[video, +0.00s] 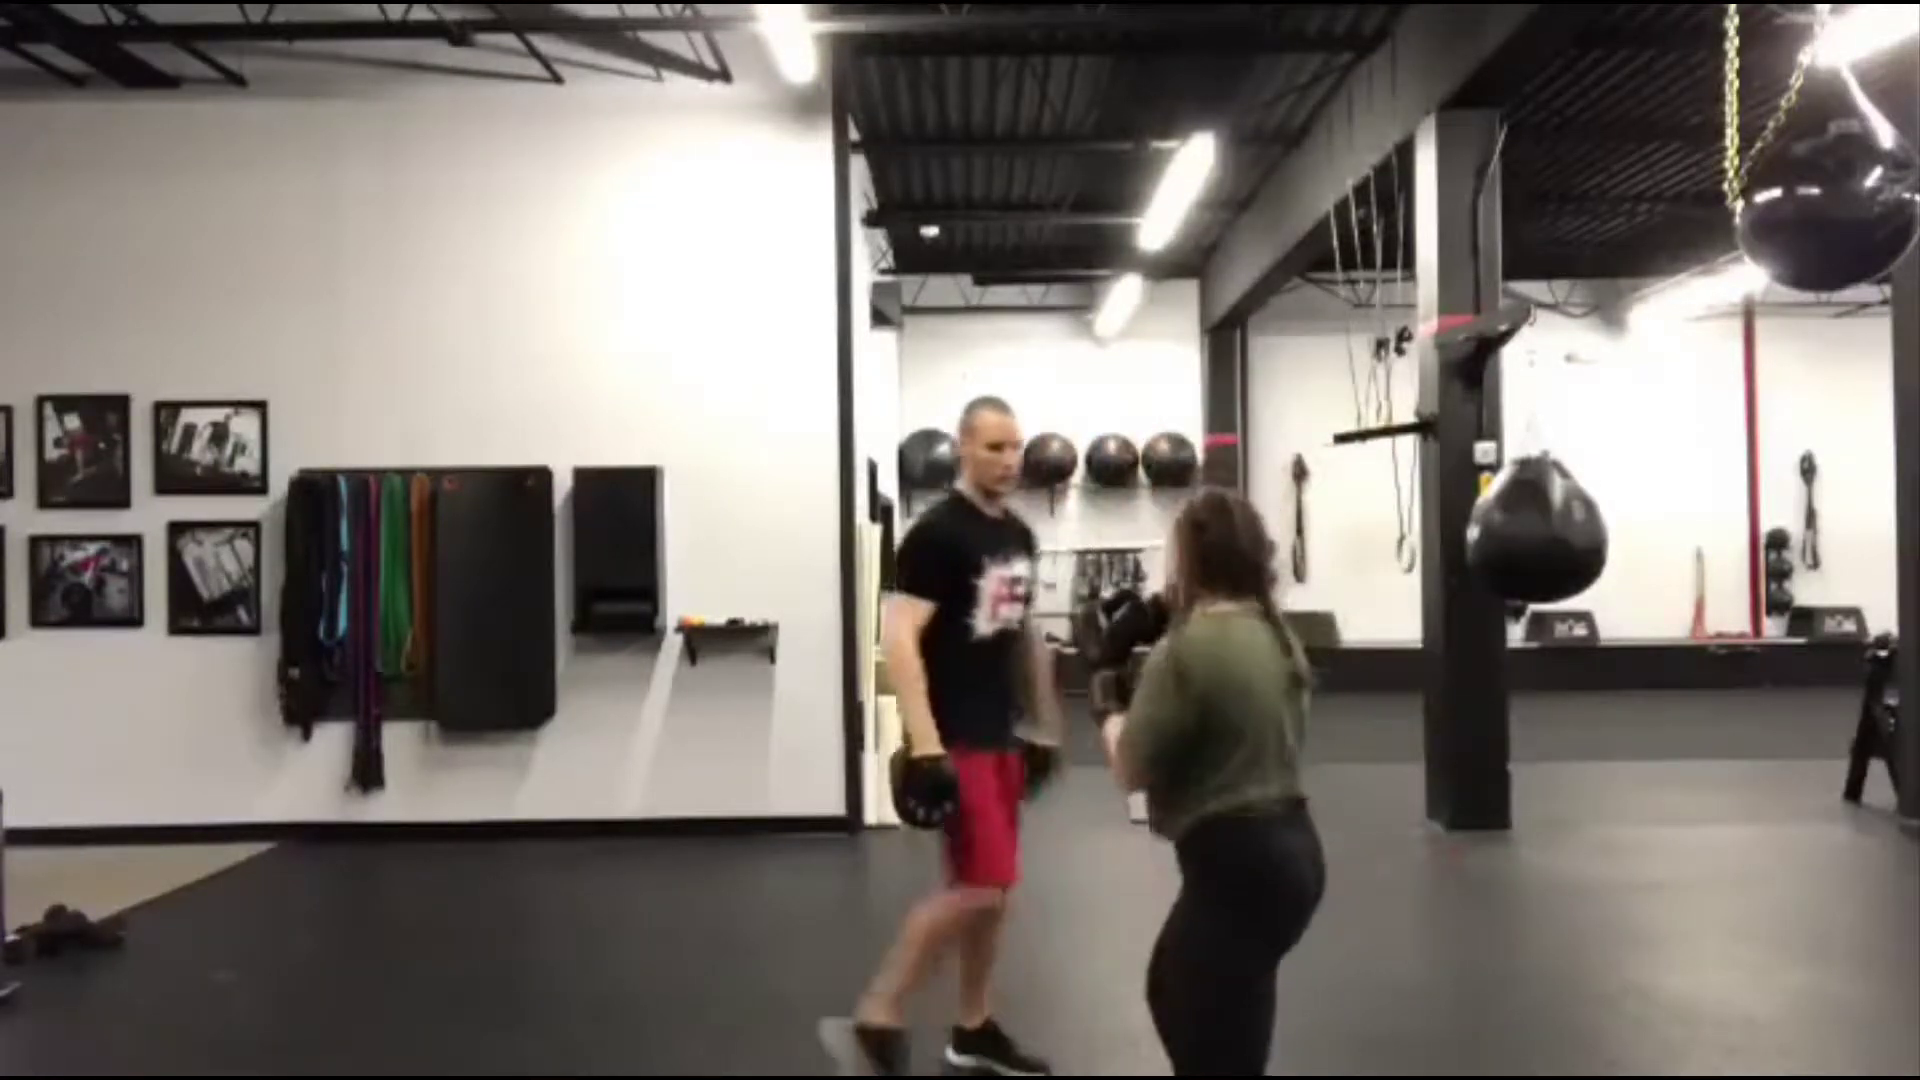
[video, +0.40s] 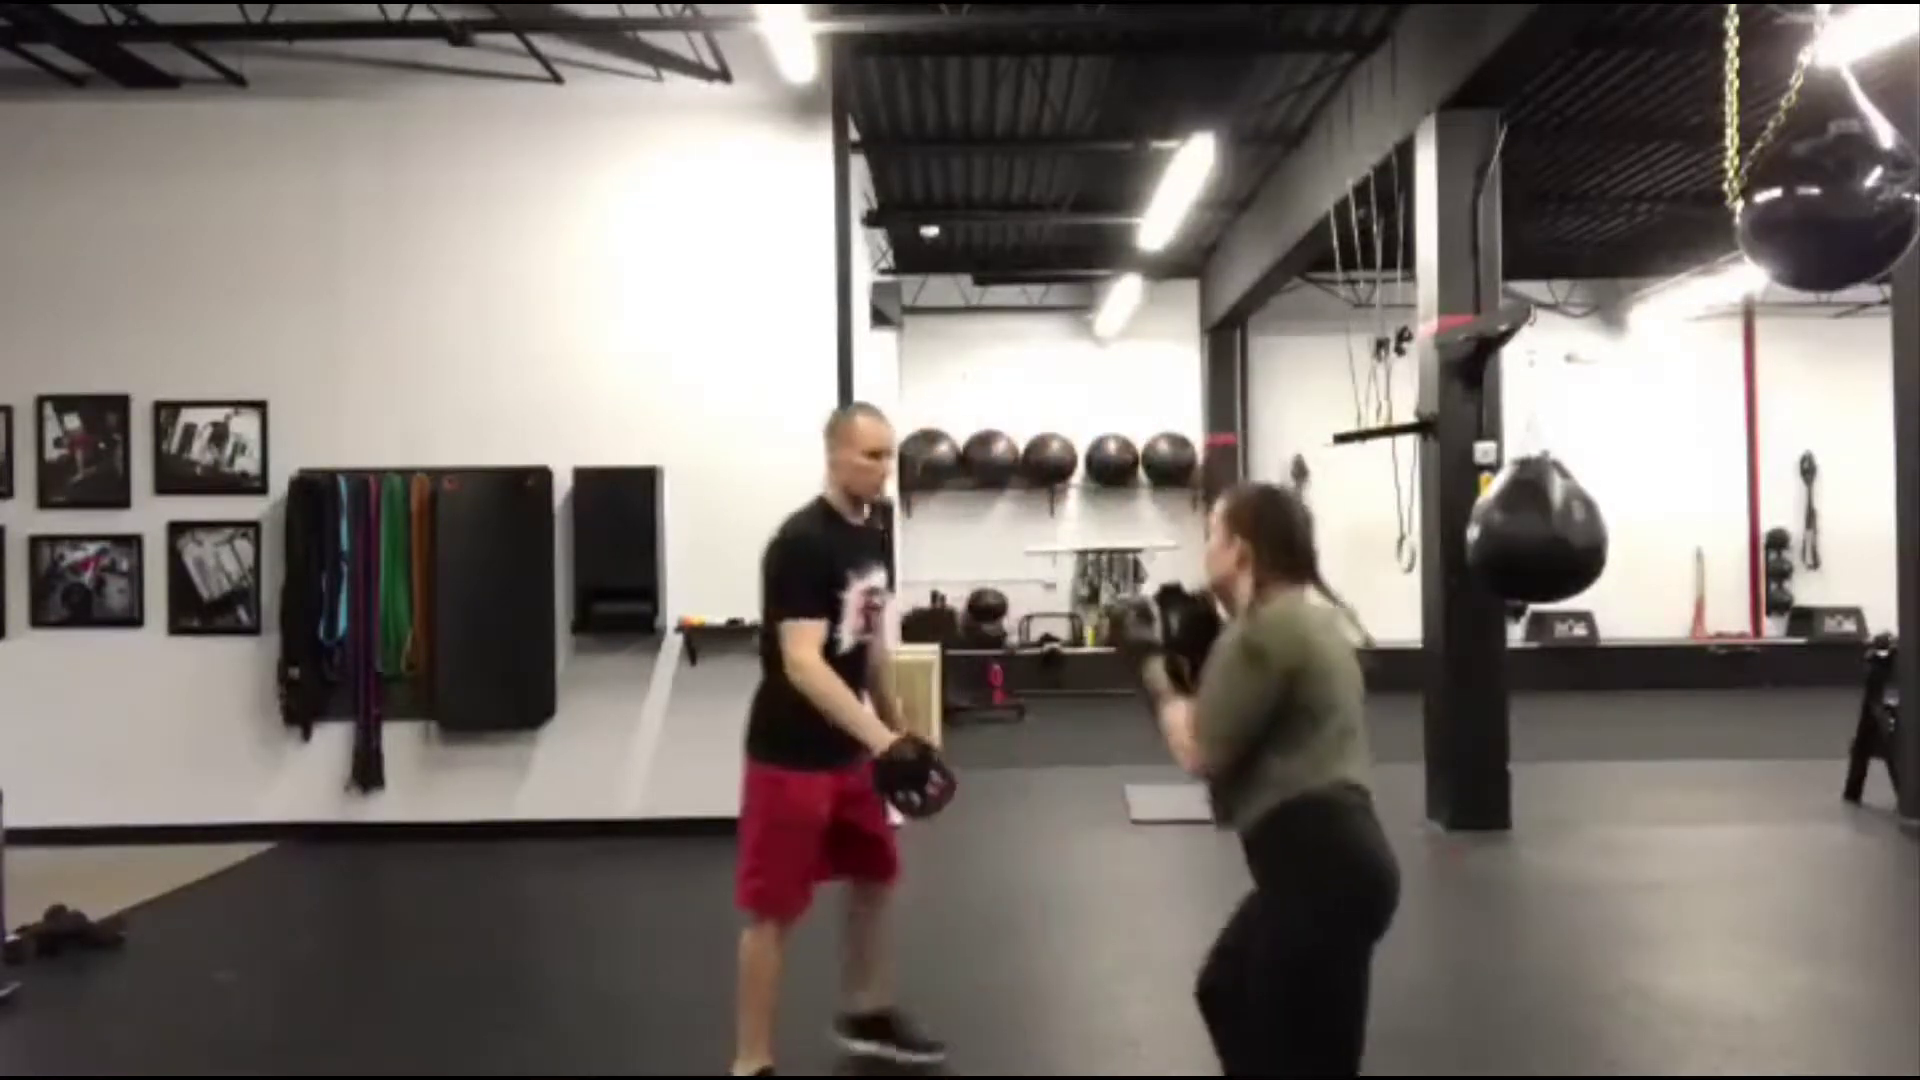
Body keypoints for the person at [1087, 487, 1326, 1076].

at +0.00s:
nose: (1171, 557)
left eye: (1176, 545)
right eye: (1175, 544)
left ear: (1190, 555)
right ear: (1252, 551)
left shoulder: (1186, 649)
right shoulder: (1277, 635)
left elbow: (1129, 766)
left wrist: (1110, 702)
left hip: (1233, 862)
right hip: (1289, 844)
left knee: (1176, 991)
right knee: (1237, 1000)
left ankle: (1215, 1071)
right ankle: (1236, 1068)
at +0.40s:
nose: (1206, 554)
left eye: (1213, 539)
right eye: (1209, 539)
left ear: (1241, 548)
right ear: (1286, 544)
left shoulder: (1265, 631)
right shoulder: (1323, 619)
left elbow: (1199, 752)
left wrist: (1158, 675)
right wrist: (1214, 649)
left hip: (1313, 870)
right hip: (1346, 858)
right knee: (1226, 992)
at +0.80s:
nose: (1162, 529)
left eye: (1169, 516)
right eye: (1166, 515)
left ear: (1193, 526)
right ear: (1219, 527)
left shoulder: (1226, 612)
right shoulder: (1226, 605)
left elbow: (1159, 721)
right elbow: (1176, 705)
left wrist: (1119, 646)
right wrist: (1149, 639)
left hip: (1250, 825)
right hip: (1216, 819)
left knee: (1249, 1024)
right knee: (1161, 961)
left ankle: (1322, 1070)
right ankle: (1191, 1067)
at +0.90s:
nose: (1151, 556)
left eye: (1161, 544)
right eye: (1156, 543)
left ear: (1189, 559)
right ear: (1194, 560)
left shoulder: (1219, 648)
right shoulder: (1209, 634)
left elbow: (1160, 762)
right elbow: (1174, 733)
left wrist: (1116, 690)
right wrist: (1135, 672)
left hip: (1238, 856)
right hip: (1199, 850)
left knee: (1235, 1049)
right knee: (1132, 980)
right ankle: (1182, 1070)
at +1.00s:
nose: (1152, 528)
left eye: (1161, 515)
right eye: (1157, 514)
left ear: (1186, 528)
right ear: (1197, 527)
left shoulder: (1220, 611)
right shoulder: (1205, 605)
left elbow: (1159, 725)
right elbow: (1172, 701)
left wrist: (1124, 667)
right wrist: (1138, 648)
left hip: (1248, 825)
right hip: (1209, 822)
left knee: (1258, 1027)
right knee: (1154, 971)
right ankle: (1189, 1070)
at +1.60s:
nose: (1161, 497)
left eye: (1170, 484)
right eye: (1164, 484)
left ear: (1203, 495)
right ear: (1210, 496)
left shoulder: (1236, 574)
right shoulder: (1217, 572)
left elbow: (1168, 673)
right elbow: (1176, 666)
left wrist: (1135, 604)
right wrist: (1152, 594)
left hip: (1264, 784)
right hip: (1224, 779)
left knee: (1295, 976)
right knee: (1146, 910)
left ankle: (1372, 1065)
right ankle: (1160, 1063)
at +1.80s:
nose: (1137, 554)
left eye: (1148, 542)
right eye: (1143, 541)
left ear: (1174, 557)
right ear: (1177, 557)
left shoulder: (1209, 644)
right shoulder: (1179, 635)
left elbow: (1133, 736)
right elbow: (1143, 711)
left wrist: (1100, 664)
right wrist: (1118, 656)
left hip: (1210, 835)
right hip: (1166, 830)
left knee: (1223, 1031)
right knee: (1101, 959)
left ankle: (1320, 1070)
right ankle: (1142, 1071)